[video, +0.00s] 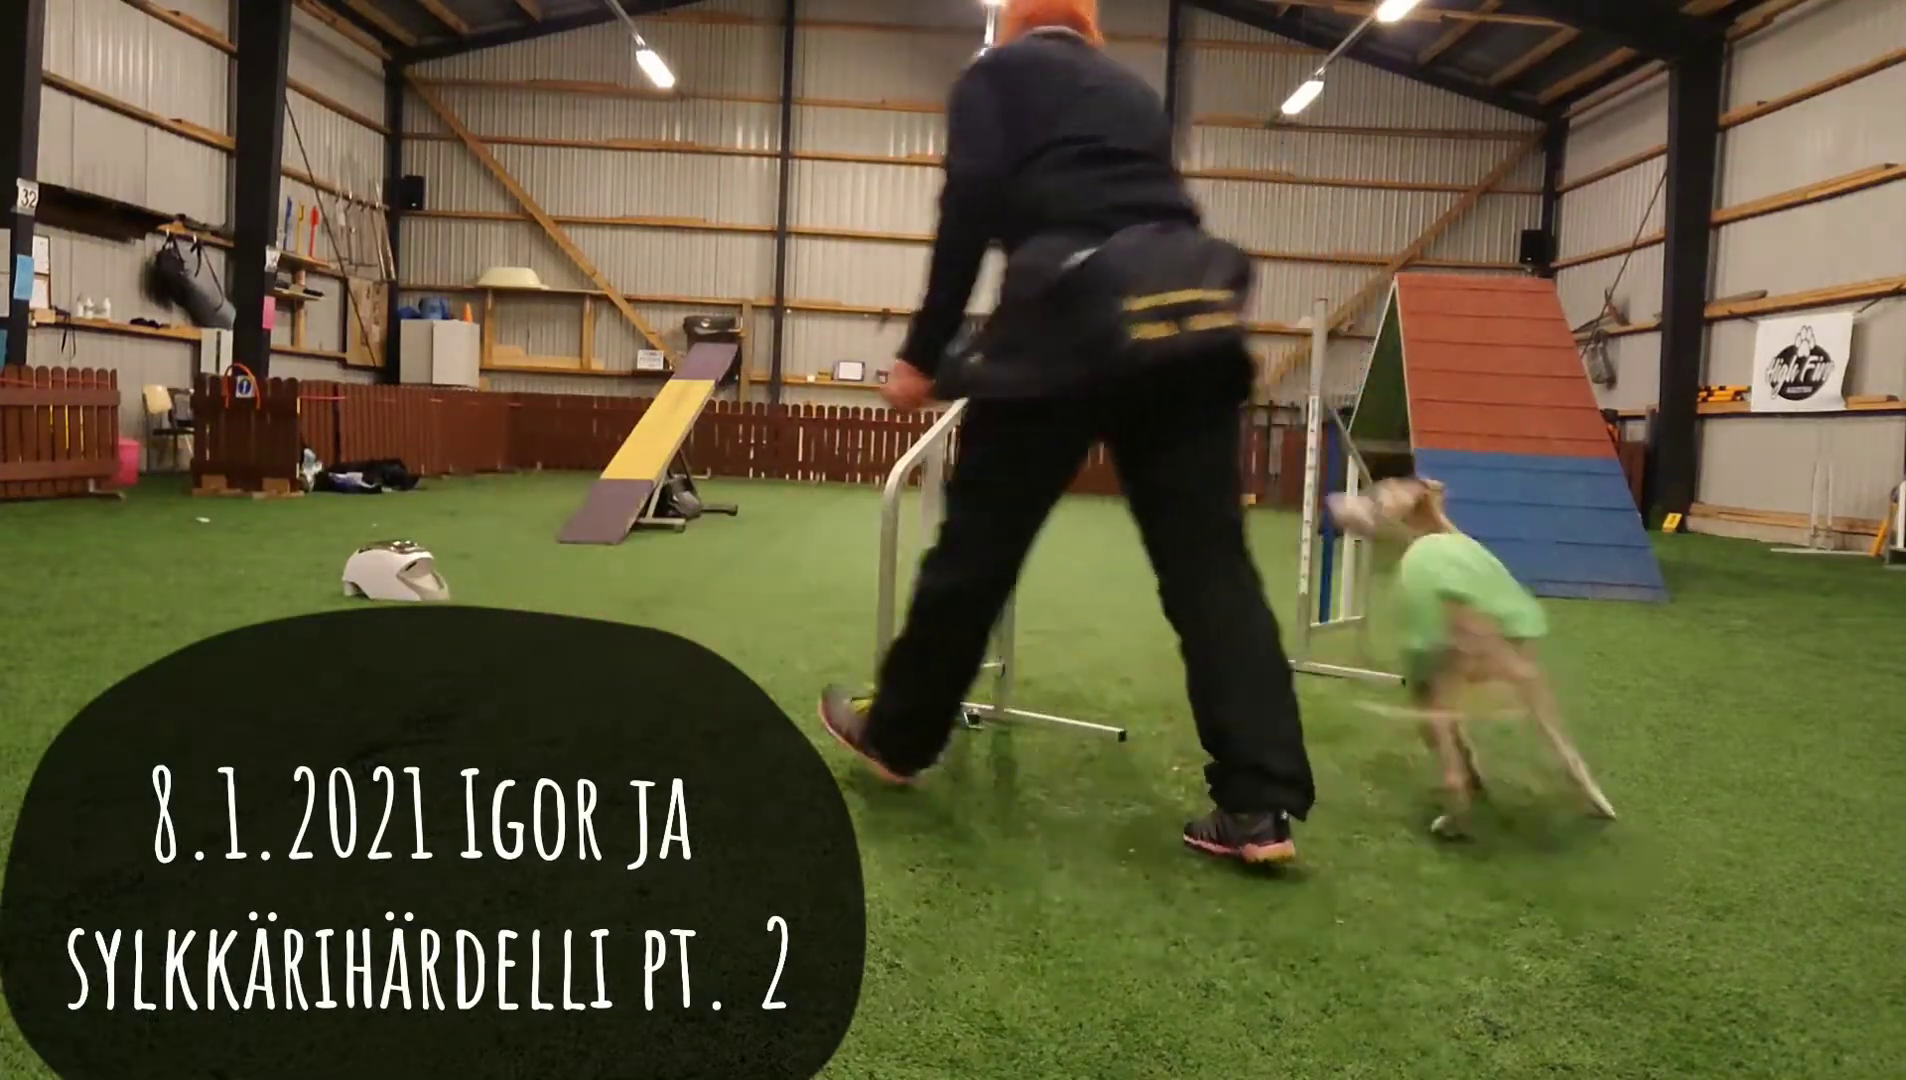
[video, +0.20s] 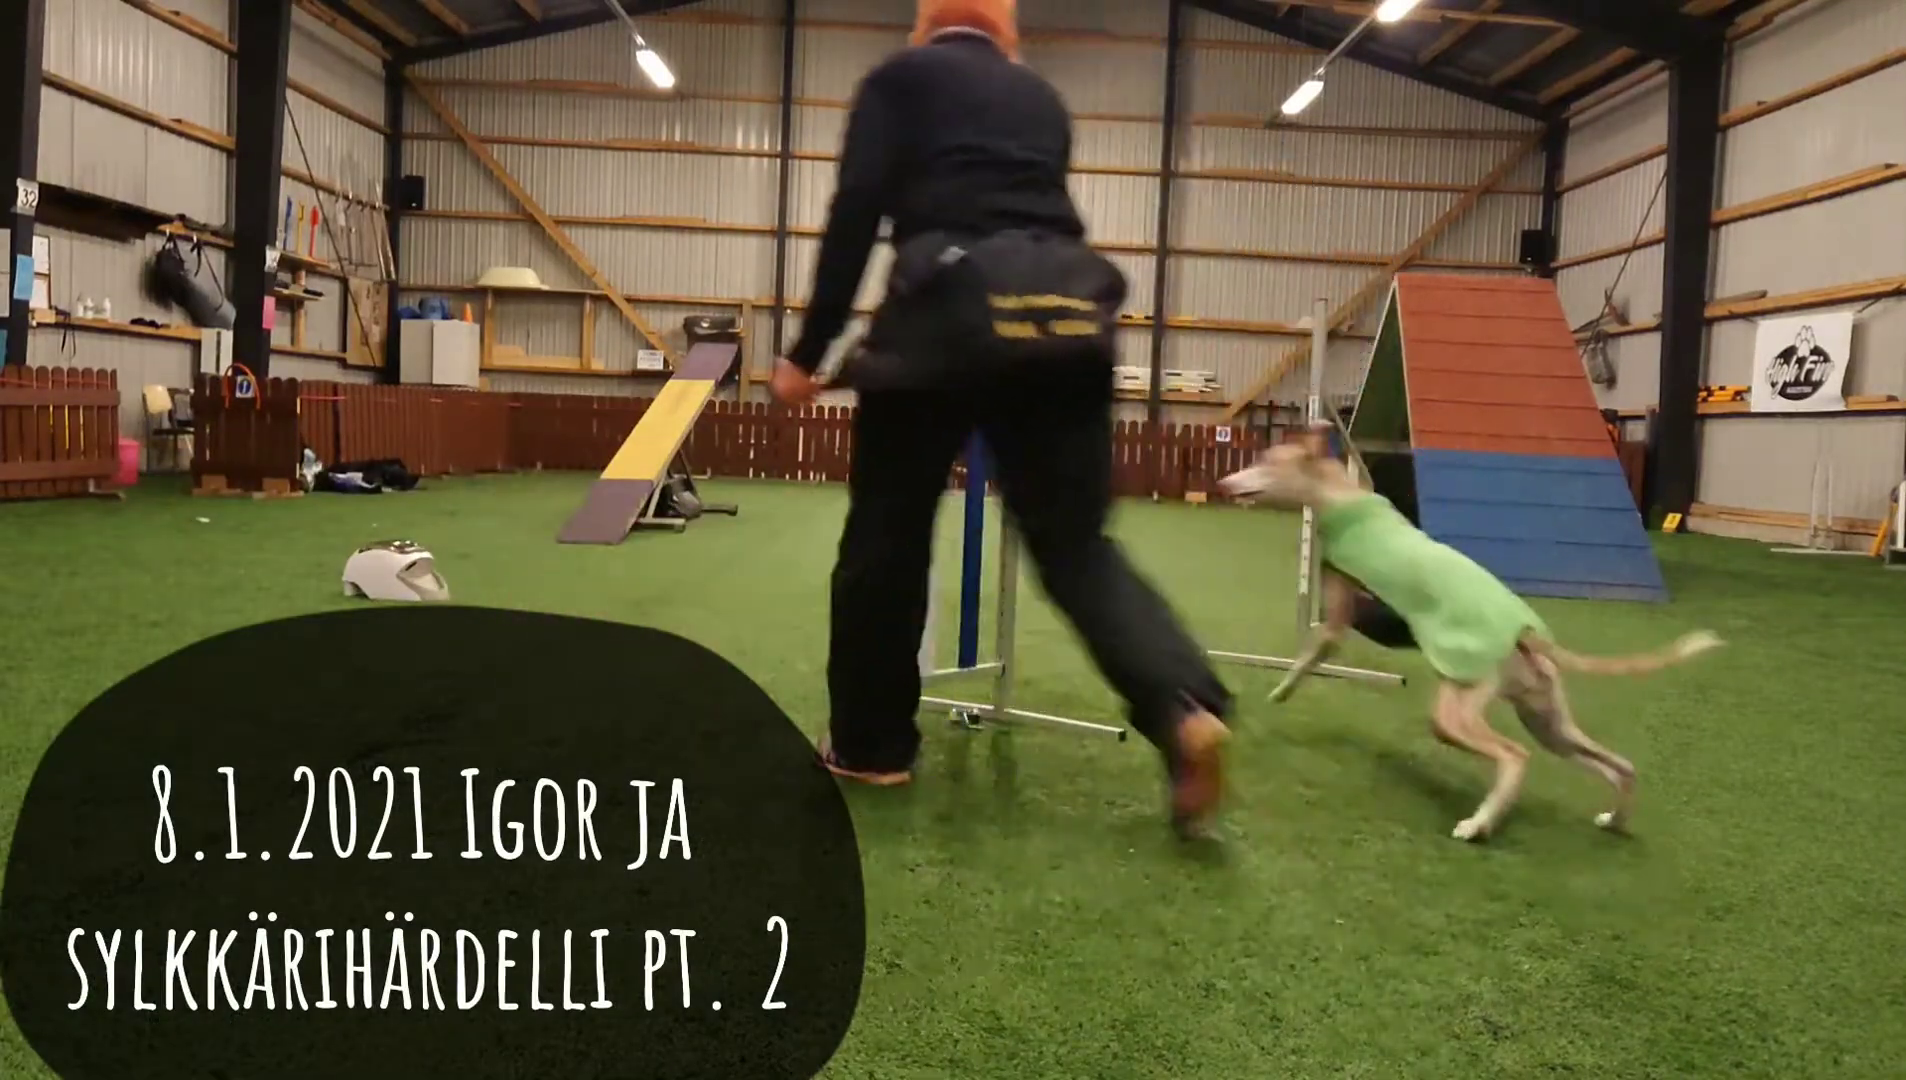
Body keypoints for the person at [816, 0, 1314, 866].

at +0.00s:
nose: (994, 32)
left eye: (997, 25)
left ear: (1013, 27)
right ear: (1090, 33)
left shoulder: (990, 76)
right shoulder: (1132, 88)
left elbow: (971, 202)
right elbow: (1155, 218)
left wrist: (923, 354)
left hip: (1061, 337)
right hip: (1188, 336)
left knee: (976, 549)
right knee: (1209, 568)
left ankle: (898, 737)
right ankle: (1261, 808)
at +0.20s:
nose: (908, 34)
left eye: (911, 25)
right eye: (1019, 34)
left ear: (926, 27)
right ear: (1005, 36)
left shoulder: (897, 77)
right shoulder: (1040, 94)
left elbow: (856, 211)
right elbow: (1045, 217)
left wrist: (806, 352)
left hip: (938, 324)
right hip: (1063, 326)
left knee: (885, 533)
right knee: (1075, 540)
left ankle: (873, 745)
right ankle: (1183, 709)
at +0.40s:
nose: (859, 30)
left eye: (861, 22)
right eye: (958, 32)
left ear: (872, 24)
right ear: (946, 37)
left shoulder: (843, 68)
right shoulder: (986, 105)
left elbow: (789, 199)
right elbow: (984, 230)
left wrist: (740, 337)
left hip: (877, 322)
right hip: (989, 329)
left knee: (852, 533)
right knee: (910, 506)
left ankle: (872, 745)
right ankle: (991, 678)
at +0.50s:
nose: (837, 31)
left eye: (839, 23)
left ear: (851, 25)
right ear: (925, 39)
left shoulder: (823, 68)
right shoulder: (962, 104)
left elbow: (775, 204)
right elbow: (963, 227)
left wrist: (729, 338)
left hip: (855, 315)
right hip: (963, 327)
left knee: (839, 522)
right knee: (870, 503)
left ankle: (873, 743)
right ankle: (884, 710)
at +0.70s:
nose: (797, 31)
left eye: (799, 22)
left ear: (812, 22)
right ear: (883, 37)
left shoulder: (790, 63)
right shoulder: (917, 106)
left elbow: (746, 188)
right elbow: (911, 234)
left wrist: (691, 314)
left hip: (813, 311)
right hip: (906, 324)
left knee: (814, 518)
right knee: (817, 515)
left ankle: (875, 731)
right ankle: (768, 685)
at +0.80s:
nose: (777, 28)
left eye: (779, 20)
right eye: (782, 23)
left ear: (795, 19)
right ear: (865, 36)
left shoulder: (776, 61)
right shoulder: (893, 108)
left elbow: (733, 181)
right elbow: (882, 232)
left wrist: (674, 301)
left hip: (800, 313)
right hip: (888, 323)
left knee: (792, 511)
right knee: (809, 510)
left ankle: (869, 718)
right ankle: (770, 692)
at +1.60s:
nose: (811, 18)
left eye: (819, 5)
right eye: (814, 9)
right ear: (901, 2)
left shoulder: (868, 44)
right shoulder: (921, 61)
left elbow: (831, 194)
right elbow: (906, 214)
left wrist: (748, 299)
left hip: (875, 324)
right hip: (911, 327)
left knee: (861, 516)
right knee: (822, 522)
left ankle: (1005, 706)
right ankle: (776, 703)